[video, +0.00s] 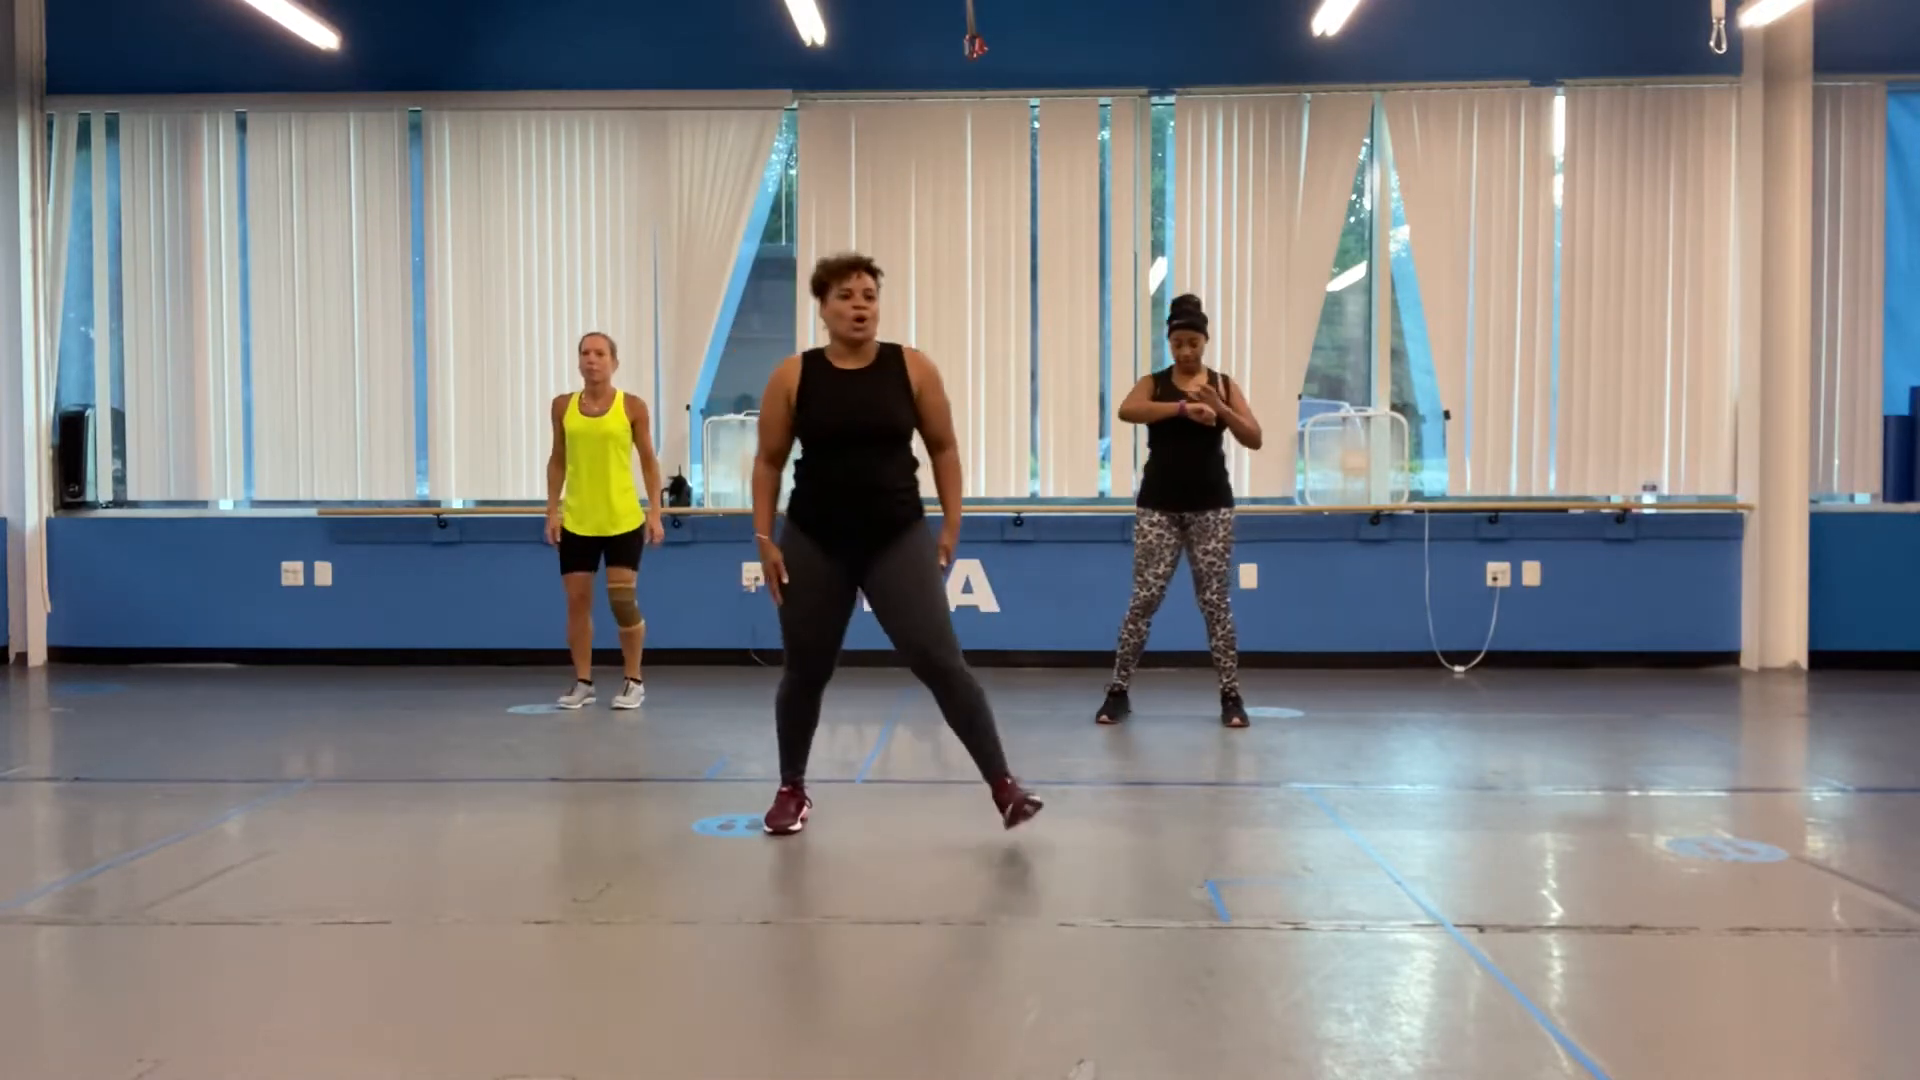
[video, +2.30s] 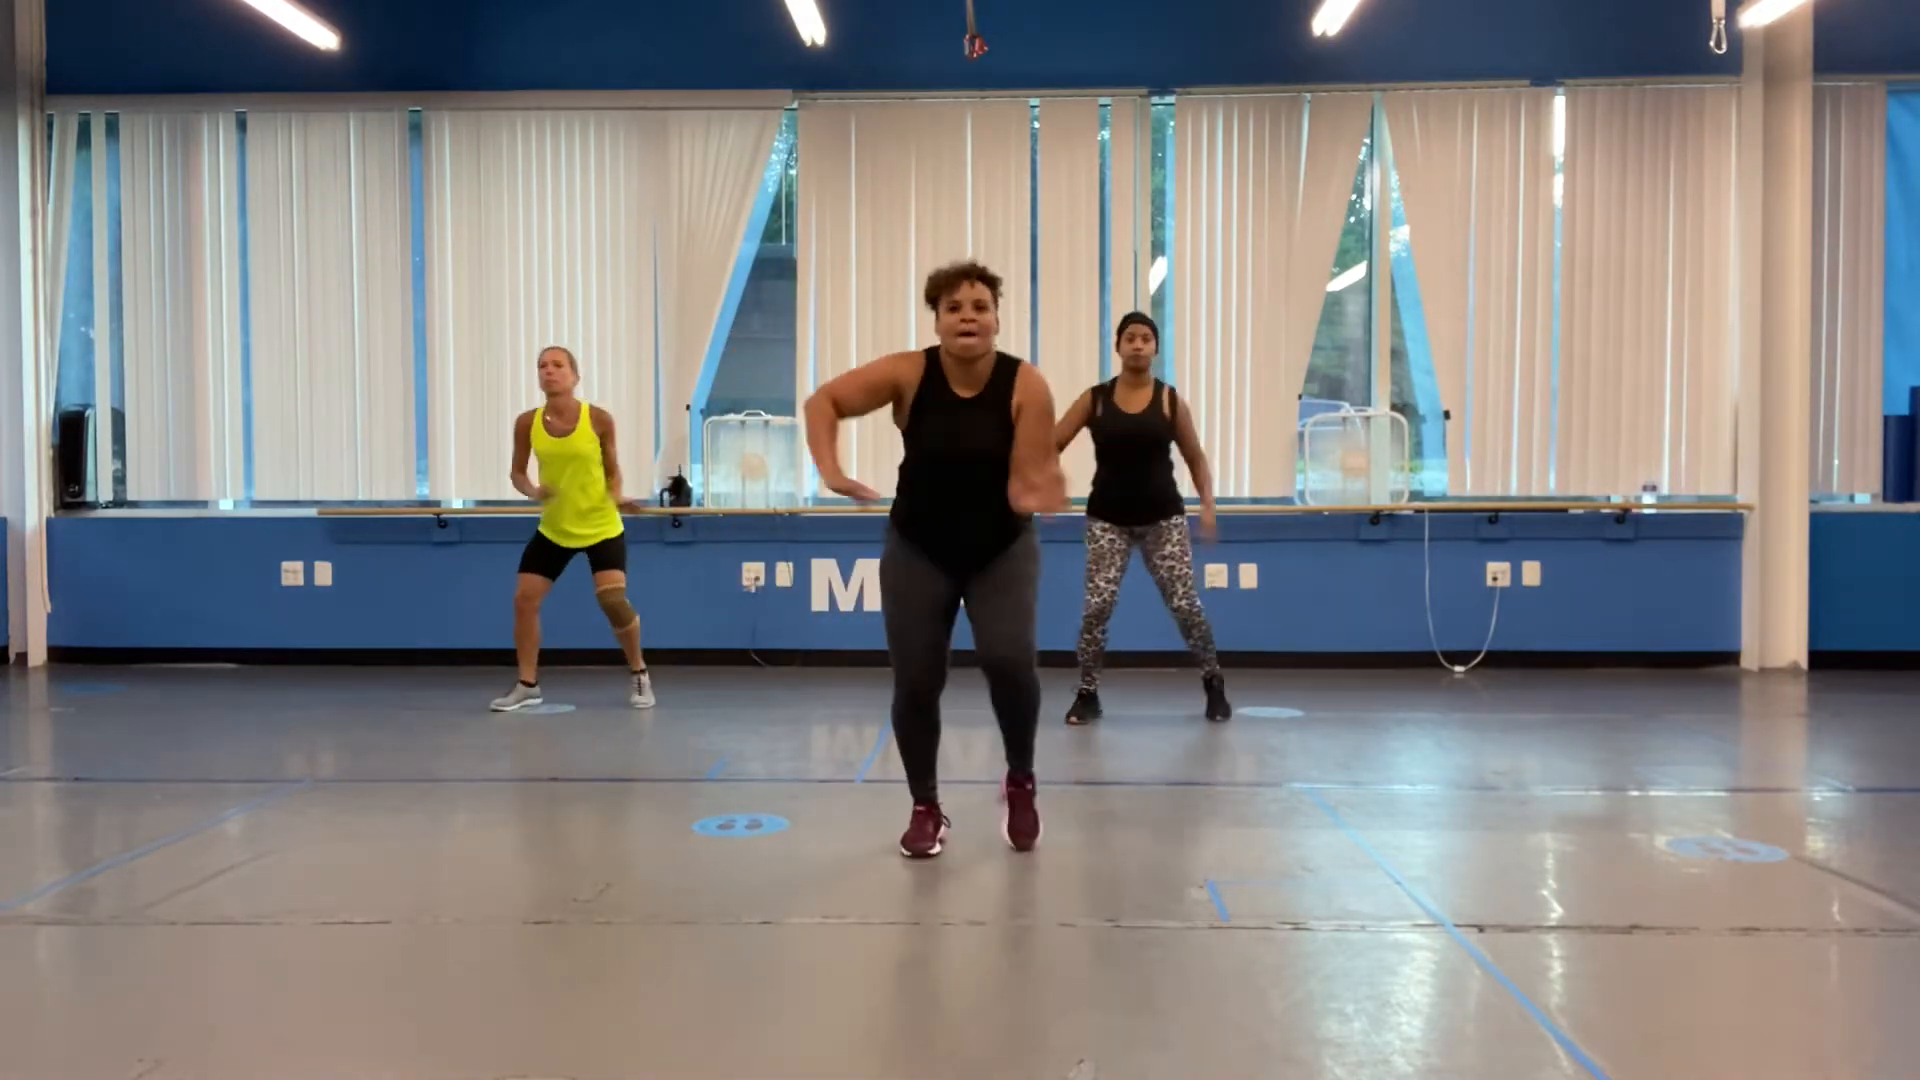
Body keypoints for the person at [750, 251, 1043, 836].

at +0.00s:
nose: (860, 305)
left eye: (869, 295)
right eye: (846, 296)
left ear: (880, 305)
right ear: (822, 308)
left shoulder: (914, 370)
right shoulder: (793, 377)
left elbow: (943, 449)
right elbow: (768, 461)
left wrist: (951, 526)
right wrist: (765, 540)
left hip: (897, 537)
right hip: (815, 540)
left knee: (941, 662)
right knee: (805, 670)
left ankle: (1002, 783)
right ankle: (791, 789)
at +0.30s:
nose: (933, 301)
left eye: (943, 292)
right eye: (921, 293)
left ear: (961, 302)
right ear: (903, 306)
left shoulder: (998, 375)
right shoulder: (879, 380)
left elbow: (1029, 460)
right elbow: (858, 470)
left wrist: (1045, 537)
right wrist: (847, 557)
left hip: (982, 546)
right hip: (898, 546)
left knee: (993, 672)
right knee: (860, 670)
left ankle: (1017, 814)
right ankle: (805, 780)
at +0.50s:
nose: (970, 294)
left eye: (981, 284)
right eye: (958, 286)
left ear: (999, 295)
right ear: (939, 299)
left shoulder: (1037, 367)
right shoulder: (913, 370)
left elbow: (1069, 449)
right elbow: (893, 460)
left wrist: (1076, 525)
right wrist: (891, 541)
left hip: (1016, 542)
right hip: (932, 542)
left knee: (1012, 675)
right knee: (907, 669)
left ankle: (1018, 815)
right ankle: (870, 777)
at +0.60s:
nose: (980, 291)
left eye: (990, 282)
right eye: (967, 284)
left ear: (1008, 292)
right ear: (949, 298)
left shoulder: (1048, 364)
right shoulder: (922, 369)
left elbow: (1074, 454)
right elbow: (903, 459)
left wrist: (1062, 534)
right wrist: (905, 536)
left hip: (1023, 540)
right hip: (941, 539)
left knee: (1016, 675)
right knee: (933, 668)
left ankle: (1018, 813)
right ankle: (914, 789)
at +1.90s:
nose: (980, 301)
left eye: (992, 290)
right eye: (967, 288)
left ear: (1006, 302)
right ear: (945, 298)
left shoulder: (1034, 367)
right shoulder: (913, 359)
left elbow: (1091, 437)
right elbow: (898, 447)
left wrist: (1125, 508)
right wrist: (958, 514)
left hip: (1032, 534)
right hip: (948, 533)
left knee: (1025, 677)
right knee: (925, 661)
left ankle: (1022, 812)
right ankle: (961, 787)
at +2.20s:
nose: (967, 318)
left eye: (980, 307)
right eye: (954, 307)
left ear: (996, 319)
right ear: (934, 318)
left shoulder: (1023, 399)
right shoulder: (905, 375)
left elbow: (1027, 494)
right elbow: (834, 429)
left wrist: (1076, 505)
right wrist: (897, 466)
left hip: (997, 547)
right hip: (916, 549)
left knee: (979, 655)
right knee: (911, 679)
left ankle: (1046, 763)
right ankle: (925, 809)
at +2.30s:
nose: (968, 317)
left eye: (980, 307)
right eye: (955, 308)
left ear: (997, 317)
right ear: (936, 319)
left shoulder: (1025, 386)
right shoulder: (906, 372)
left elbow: (1040, 477)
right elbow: (821, 402)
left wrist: (1037, 495)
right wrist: (831, 473)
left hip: (1003, 547)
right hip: (918, 547)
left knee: (1009, 663)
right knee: (916, 683)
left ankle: (1021, 782)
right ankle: (924, 808)